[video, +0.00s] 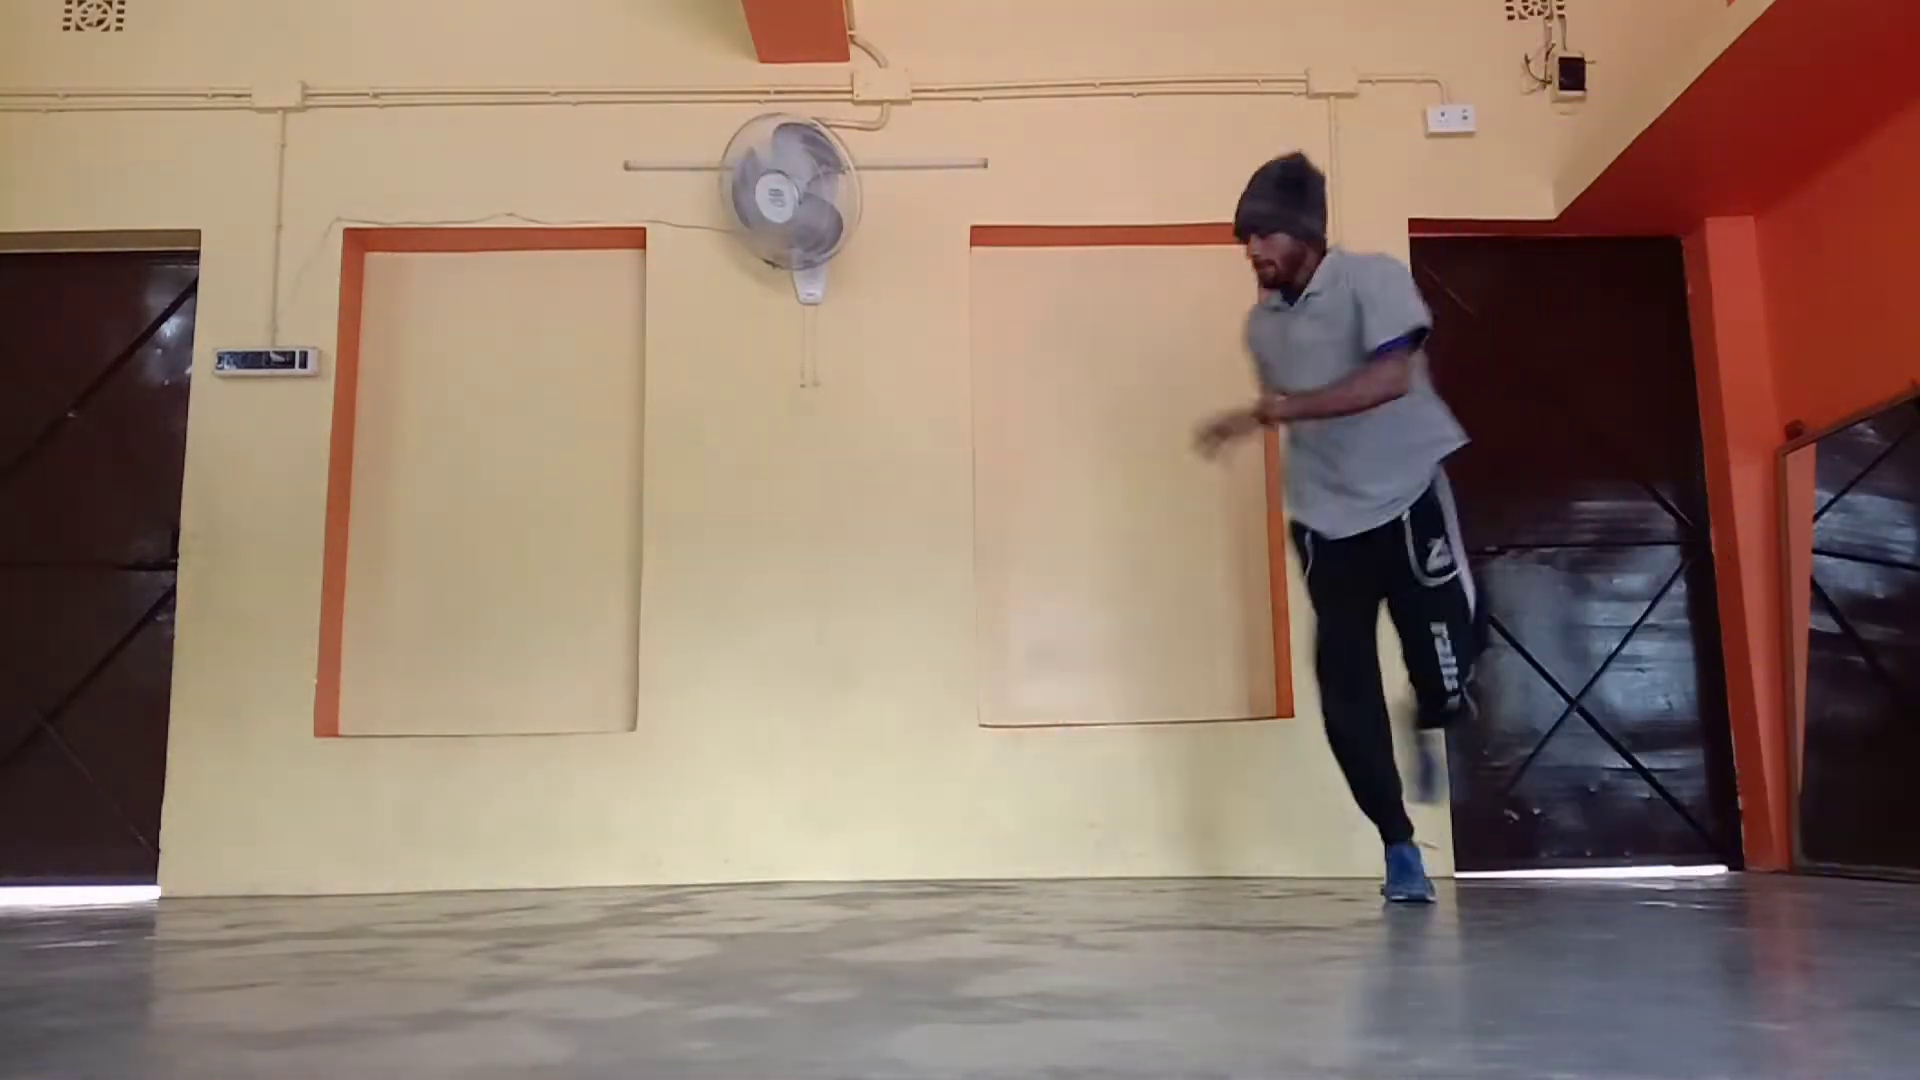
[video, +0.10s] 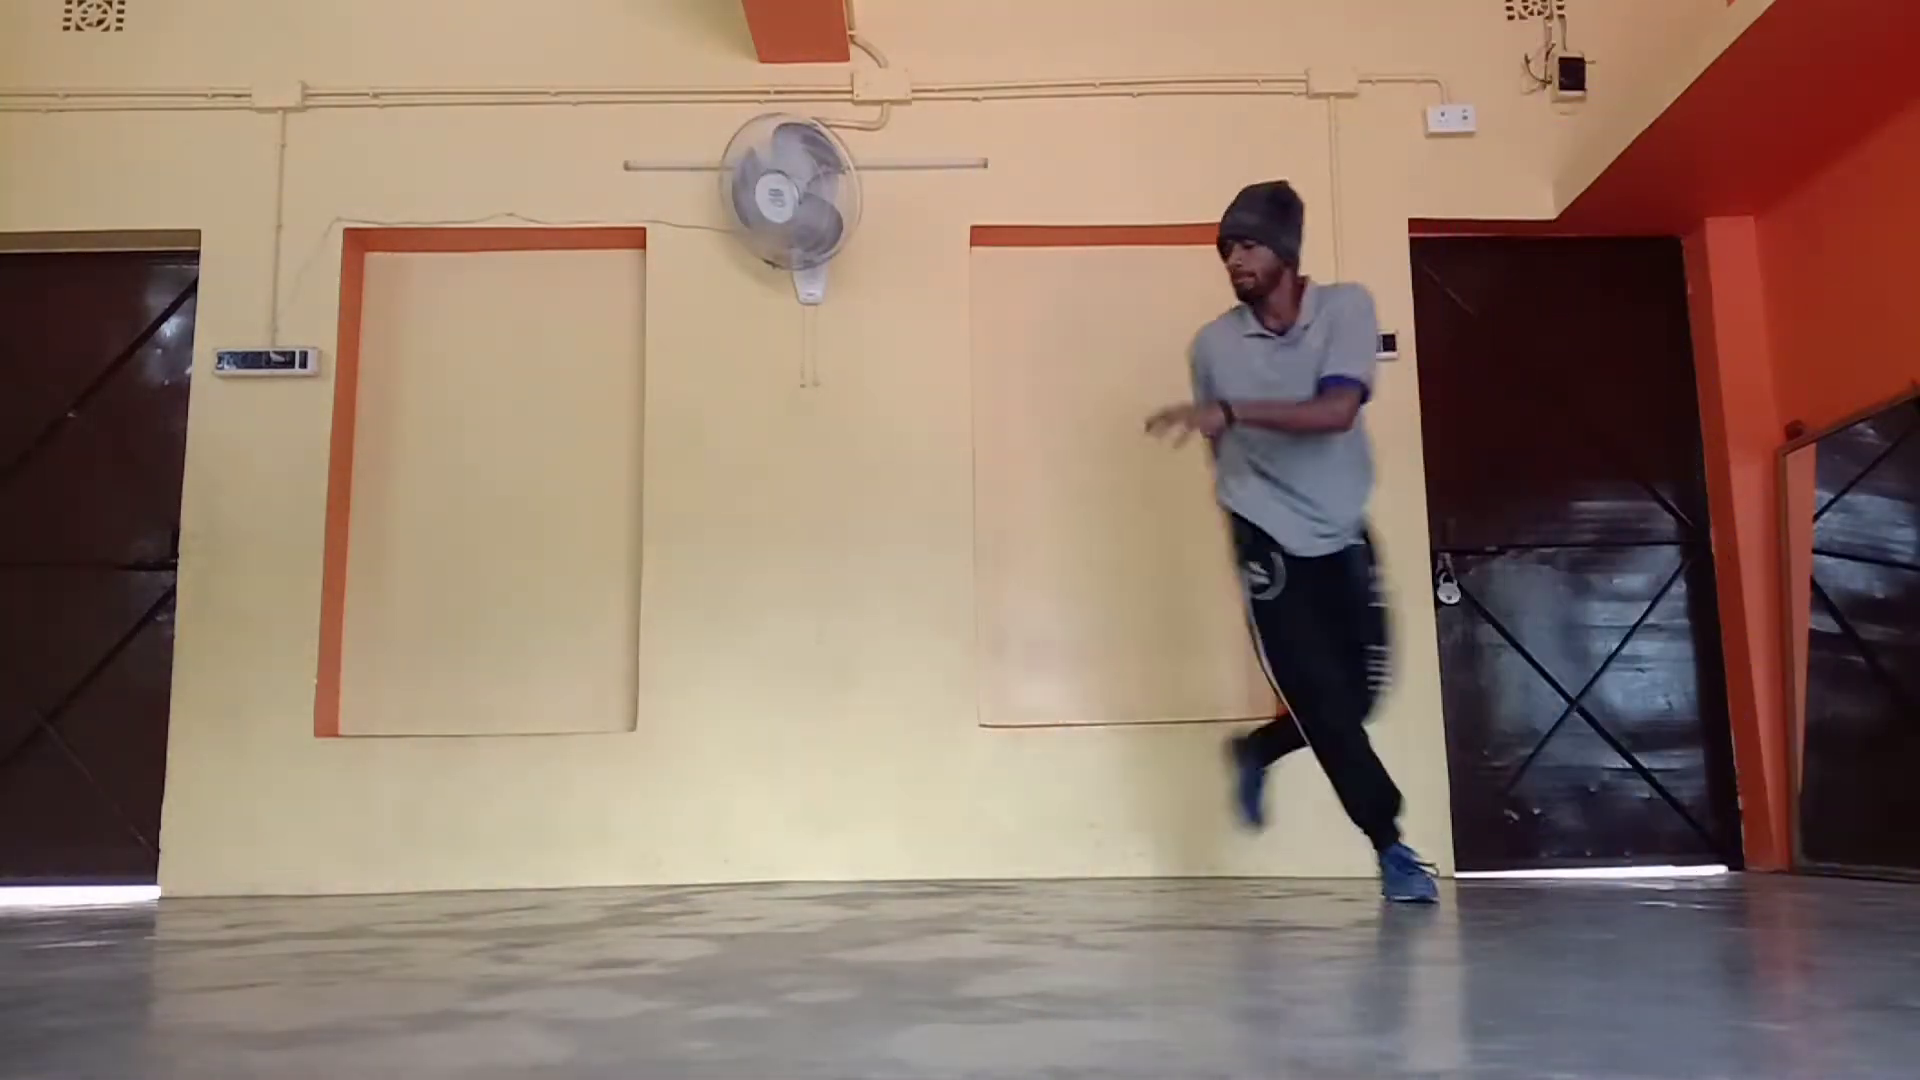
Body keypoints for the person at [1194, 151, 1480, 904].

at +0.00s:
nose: (1255, 251)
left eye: (1266, 235)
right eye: (1246, 237)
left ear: (1308, 231)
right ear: (1246, 239)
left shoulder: (1375, 278)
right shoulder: (1263, 324)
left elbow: (1391, 376)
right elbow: (1291, 404)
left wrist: (1287, 409)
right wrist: (1244, 425)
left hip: (1410, 504)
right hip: (1328, 524)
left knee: (1441, 671)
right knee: (1347, 694)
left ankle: (1430, 723)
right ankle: (1398, 848)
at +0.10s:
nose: (1234, 262)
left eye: (1247, 248)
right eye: (1227, 250)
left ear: (1288, 249)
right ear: (1225, 255)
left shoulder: (1346, 307)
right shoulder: (1215, 345)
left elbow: (1336, 410)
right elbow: (1223, 442)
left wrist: (1227, 411)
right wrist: (1209, 436)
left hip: (1341, 531)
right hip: (1266, 536)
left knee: (1357, 690)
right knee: (1322, 697)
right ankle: (1391, 846)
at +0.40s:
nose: (1155, 282)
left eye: (1169, 274)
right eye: (1145, 272)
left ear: (1186, 290)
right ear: (1127, 281)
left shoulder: (1194, 385)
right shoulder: (1078, 347)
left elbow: (1235, 445)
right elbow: (982, 389)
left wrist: (1295, 499)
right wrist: (964, 438)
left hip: (1117, 556)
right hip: (1043, 534)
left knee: (1153, 707)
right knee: (1015, 680)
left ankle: (1159, 840)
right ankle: (960, 701)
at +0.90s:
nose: (874, 266)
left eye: (889, 255)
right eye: (864, 256)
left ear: (914, 269)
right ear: (850, 269)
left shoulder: (954, 353)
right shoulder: (816, 346)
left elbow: (1012, 456)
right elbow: (737, 407)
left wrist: (1073, 539)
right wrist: (644, 449)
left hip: (902, 540)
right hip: (827, 538)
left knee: (832, 680)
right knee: (775, 681)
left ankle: (791, 834)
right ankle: (781, 813)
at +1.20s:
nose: (876, 273)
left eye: (889, 263)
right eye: (864, 265)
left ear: (913, 279)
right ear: (851, 284)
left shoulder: (961, 346)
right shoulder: (841, 376)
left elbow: (1024, 445)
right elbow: (794, 469)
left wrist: (1056, 544)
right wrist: (739, 545)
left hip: (942, 536)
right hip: (874, 545)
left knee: (867, 660)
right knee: (865, 687)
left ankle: (865, 816)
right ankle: (911, 848)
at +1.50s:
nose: (924, 351)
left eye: (935, 335)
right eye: (910, 338)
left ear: (957, 339)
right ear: (895, 349)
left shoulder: (1006, 393)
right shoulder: (907, 438)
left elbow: (1087, 455)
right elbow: (924, 506)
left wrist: (983, 442)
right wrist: (898, 574)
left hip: (1051, 591)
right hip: (977, 613)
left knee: (1132, 720)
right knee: (912, 704)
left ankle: (1244, 850)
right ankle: (949, 858)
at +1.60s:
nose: (920, 348)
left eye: (933, 333)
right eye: (907, 334)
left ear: (954, 337)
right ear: (892, 342)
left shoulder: (1006, 391)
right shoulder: (900, 436)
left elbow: (1093, 448)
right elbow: (936, 518)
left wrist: (1000, 477)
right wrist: (907, 578)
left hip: (1056, 585)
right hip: (976, 602)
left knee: (1137, 714)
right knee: (922, 708)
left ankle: (1240, 842)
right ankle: (950, 860)